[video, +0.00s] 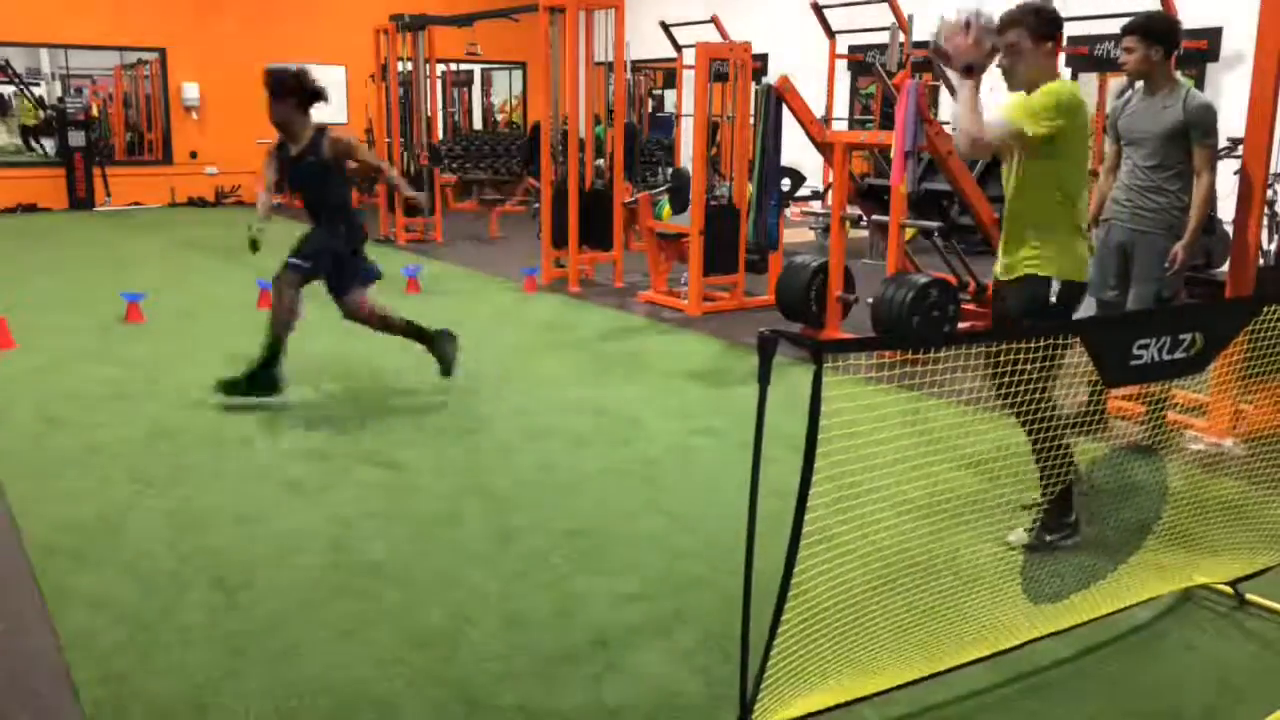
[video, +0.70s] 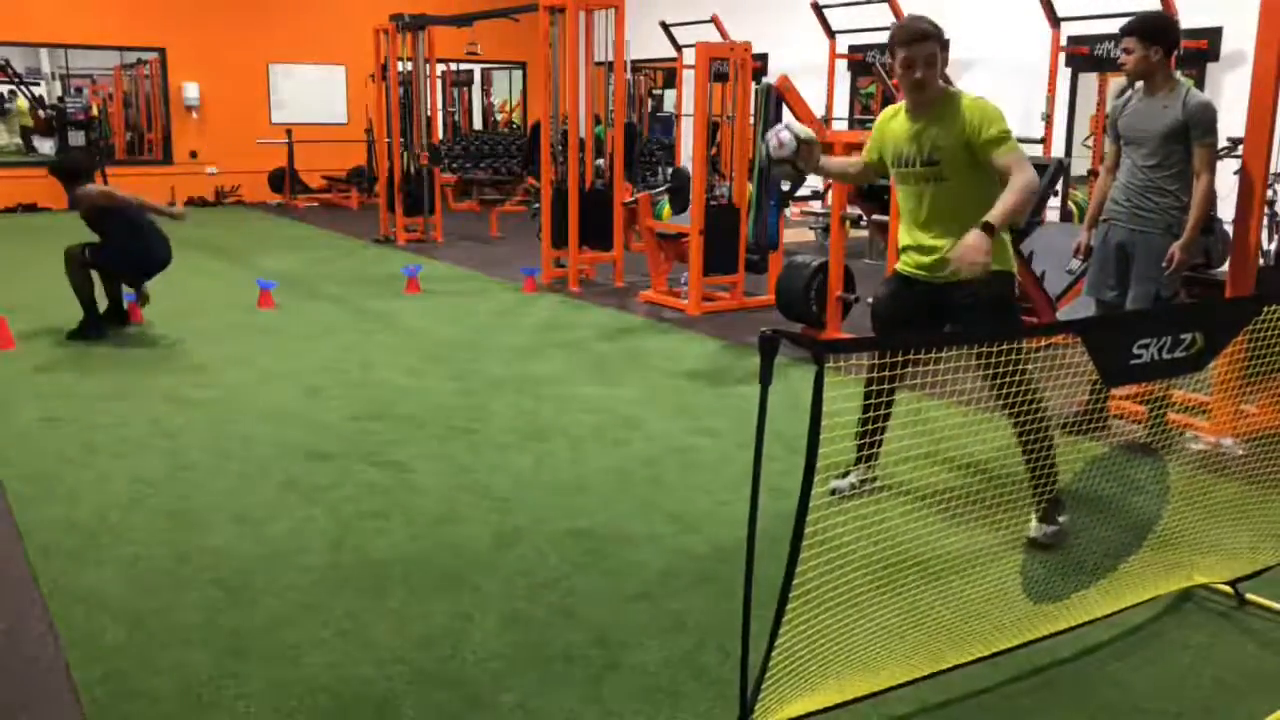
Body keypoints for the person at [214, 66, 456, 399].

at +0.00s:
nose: (271, 111)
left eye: (277, 102)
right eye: (271, 103)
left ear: (299, 105)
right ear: (276, 107)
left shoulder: (334, 145)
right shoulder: (280, 154)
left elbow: (381, 167)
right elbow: (267, 191)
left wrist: (408, 193)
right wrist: (259, 223)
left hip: (341, 231)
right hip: (326, 232)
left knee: (286, 284)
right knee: (356, 308)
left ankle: (267, 371)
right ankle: (432, 339)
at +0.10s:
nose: (214, 125)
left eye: (217, 117)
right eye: (214, 117)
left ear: (230, 118)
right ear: (241, 116)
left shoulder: (265, 153)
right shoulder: (236, 160)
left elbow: (310, 179)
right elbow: (231, 219)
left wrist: (309, 205)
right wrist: (203, 252)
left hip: (290, 236)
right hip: (271, 237)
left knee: (228, 301)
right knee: (254, 309)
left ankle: (203, 381)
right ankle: (327, 318)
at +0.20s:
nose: (168, 133)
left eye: (171, 125)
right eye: (167, 126)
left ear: (186, 126)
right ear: (196, 125)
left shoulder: (208, 158)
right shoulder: (207, 159)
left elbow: (228, 197)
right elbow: (205, 224)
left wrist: (189, 216)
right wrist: (173, 254)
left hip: (246, 243)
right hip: (245, 239)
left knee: (189, 300)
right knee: (192, 270)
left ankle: (198, 379)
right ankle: (218, 342)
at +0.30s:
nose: (131, 116)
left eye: (135, 110)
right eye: (132, 109)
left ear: (148, 114)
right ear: (164, 112)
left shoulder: (174, 145)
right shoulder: (172, 146)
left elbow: (188, 184)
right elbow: (185, 203)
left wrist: (136, 195)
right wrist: (166, 235)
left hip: (215, 227)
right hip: (209, 225)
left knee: (162, 289)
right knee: (170, 281)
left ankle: (192, 348)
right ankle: (179, 338)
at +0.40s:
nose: (110, 129)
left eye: (110, 122)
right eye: (109, 122)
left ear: (117, 122)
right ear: (139, 116)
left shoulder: (144, 143)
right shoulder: (152, 141)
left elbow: (168, 170)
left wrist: (148, 193)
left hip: (188, 220)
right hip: (204, 217)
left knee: (127, 261)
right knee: (150, 259)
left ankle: (161, 325)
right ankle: (173, 319)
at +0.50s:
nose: (84, 148)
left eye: (88, 140)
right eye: (84, 140)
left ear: (97, 139)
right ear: (111, 135)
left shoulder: (114, 157)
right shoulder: (126, 156)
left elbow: (155, 163)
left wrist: (192, 172)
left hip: (164, 224)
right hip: (186, 221)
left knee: (113, 263)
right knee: (142, 260)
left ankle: (101, 322)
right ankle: (174, 309)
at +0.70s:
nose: (60, 184)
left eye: (60, 179)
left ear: (63, 179)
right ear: (89, 173)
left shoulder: (83, 196)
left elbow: (132, 202)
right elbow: (120, 244)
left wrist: (169, 212)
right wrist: (138, 286)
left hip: (140, 256)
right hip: (160, 253)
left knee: (74, 256)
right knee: (102, 253)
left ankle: (91, 321)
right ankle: (116, 310)